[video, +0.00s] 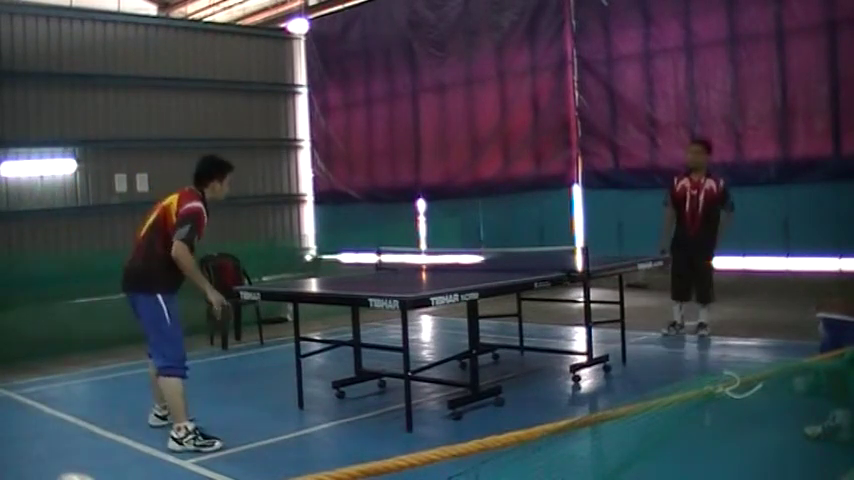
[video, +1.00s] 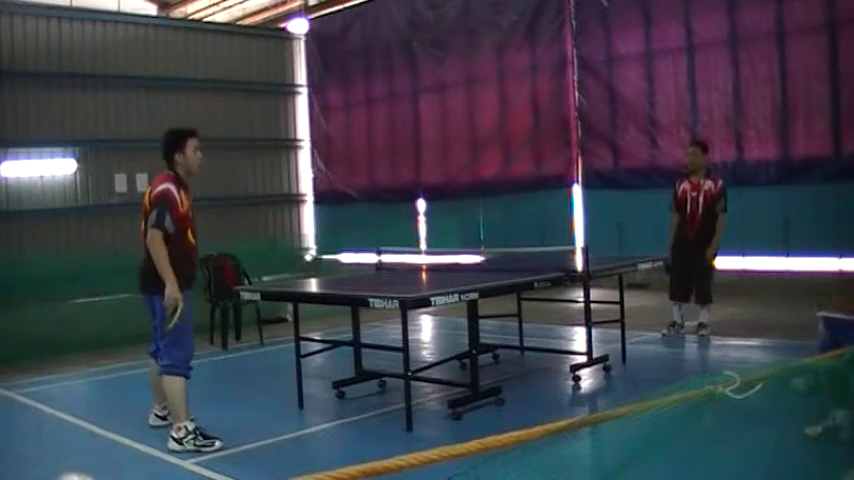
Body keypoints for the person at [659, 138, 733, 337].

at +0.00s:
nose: (693, 158)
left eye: (698, 153)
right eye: (690, 153)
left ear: (707, 157)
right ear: (687, 156)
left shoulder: (717, 185)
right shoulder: (678, 184)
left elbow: (726, 215)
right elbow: (670, 214)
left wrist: (716, 240)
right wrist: (665, 241)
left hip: (704, 244)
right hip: (681, 243)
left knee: (703, 285)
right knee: (678, 283)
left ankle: (703, 322)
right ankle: (677, 321)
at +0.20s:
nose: (690, 158)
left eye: (695, 153)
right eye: (689, 153)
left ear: (705, 157)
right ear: (686, 156)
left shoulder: (716, 185)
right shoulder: (680, 184)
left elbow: (723, 215)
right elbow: (672, 213)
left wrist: (718, 243)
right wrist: (667, 241)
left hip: (704, 243)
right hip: (681, 242)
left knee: (702, 285)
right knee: (678, 283)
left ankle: (703, 322)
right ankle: (677, 321)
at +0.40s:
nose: (689, 159)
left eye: (693, 154)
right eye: (687, 154)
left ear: (703, 158)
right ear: (685, 158)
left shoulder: (715, 185)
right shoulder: (680, 186)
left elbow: (723, 216)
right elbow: (675, 216)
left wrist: (717, 245)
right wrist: (673, 242)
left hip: (704, 242)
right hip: (682, 242)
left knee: (702, 284)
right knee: (678, 282)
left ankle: (703, 322)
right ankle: (677, 321)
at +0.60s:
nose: (689, 159)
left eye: (693, 154)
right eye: (688, 154)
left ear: (703, 158)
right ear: (685, 158)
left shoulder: (714, 185)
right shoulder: (680, 185)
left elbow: (719, 217)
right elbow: (675, 216)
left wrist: (718, 245)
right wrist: (673, 243)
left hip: (704, 242)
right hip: (683, 241)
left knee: (703, 282)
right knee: (678, 279)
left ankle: (703, 321)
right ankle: (677, 320)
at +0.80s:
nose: (690, 159)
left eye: (694, 155)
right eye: (688, 155)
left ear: (704, 157)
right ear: (686, 158)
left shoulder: (715, 185)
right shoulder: (680, 185)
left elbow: (720, 216)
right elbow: (675, 215)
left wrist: (712, 242)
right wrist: (672, 242)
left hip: (704, 242)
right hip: (683, 241)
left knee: (703, 283)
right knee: (677, 281)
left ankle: (703, 321)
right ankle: (676, 320)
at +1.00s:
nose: (690, 159)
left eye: (694, 155)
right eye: (688, 155)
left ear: (704, 157)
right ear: (686, 158)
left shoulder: (716, 185)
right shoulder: (680, 185)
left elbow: (720, 218)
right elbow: (675, 216)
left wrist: (713, 246)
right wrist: (671, 243)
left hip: (704, 245)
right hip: (682, 243)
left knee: (703, 285)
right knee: (677, 283)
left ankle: (703, 322)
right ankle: (676, 320)